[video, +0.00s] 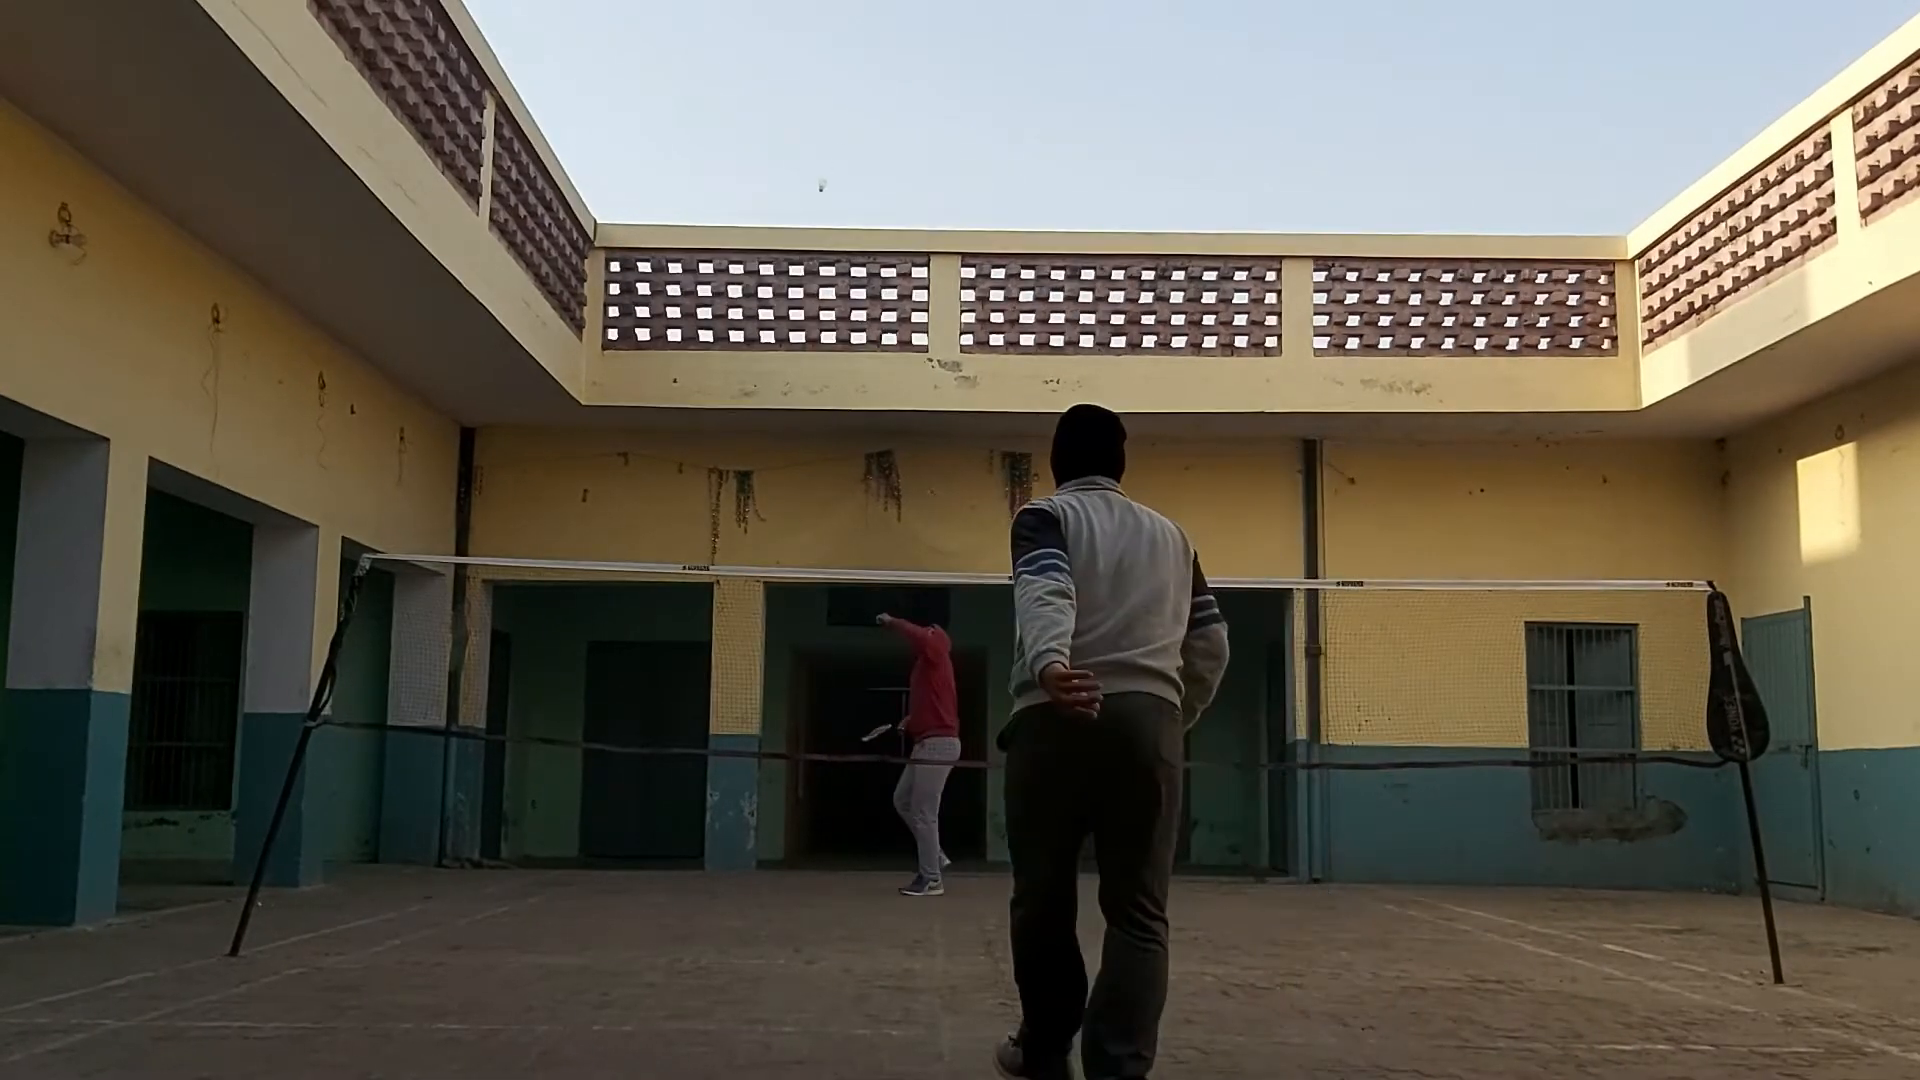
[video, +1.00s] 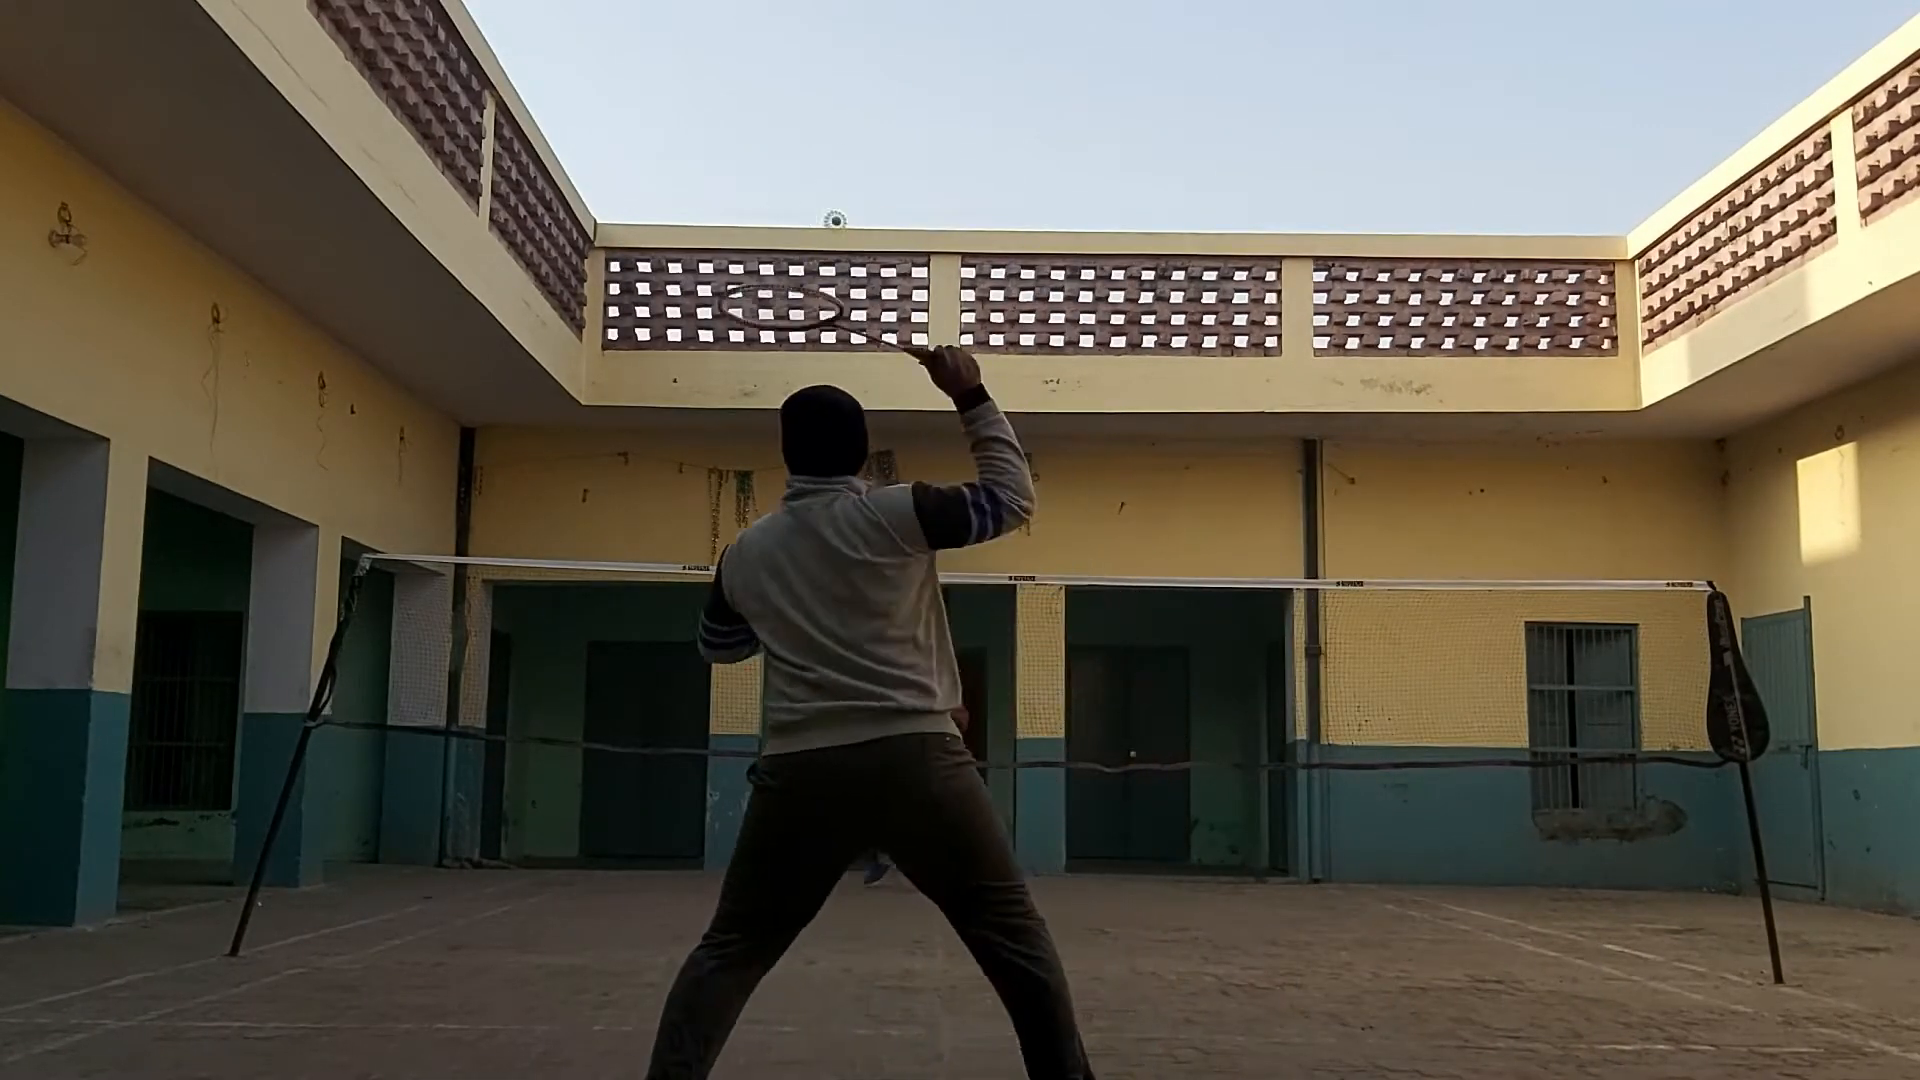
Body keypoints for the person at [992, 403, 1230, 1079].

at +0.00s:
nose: (1057, 474)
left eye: (1055, 463)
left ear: (1057, 466)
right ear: (1122, 466)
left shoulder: (1045, 516)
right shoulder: (1171, 535)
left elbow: (1046, 590)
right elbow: (1210, 646)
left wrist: (1048, 661)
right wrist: (1173, 716)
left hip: (1052, 723)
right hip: (1148, 726)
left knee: (1042, 897)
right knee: (1140, 908)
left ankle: (1047, 1049)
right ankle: (1122, 1064)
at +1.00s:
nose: (860, 451)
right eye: (858, 440)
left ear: (786, 459)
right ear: (861, 452)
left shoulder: (746, 554)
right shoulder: (901, 511)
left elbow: (722, 643)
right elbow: (1009, 498)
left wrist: (786, 591)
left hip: (800, 773)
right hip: (920, 759)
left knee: (732, 950)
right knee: (1009, 929)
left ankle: (671, 1074)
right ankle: (1067, 1070)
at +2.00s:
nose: (913, 456)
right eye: (910, 448)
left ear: (835, 451)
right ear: (906, 454)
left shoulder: (779, 538)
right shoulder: (943, 533)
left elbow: (747, 614)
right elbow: (994, 607)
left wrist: (823, 594)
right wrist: (1047, 529)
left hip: (819, 762)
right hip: (927, 757)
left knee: (768, 906)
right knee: (998, 917)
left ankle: (693, 1060)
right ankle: (1044, 1072)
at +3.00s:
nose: (1029, 492)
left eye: (1028, 479)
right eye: (1028, 479)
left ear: (959, 471)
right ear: (1016, 477)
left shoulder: (906, 541)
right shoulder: (994, 537)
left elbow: (869, 651)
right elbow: (1020, 653)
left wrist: (975, 677)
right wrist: (1112, 650)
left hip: (881, 761)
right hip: (966, 763)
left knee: (946, 913)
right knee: (1087, 925)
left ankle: (875, 1073)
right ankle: (1080, 1074)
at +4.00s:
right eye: (909, 341)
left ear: (833, 359)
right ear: (916, 354)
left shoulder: (778, 452)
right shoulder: (967, 431)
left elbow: (688, 586)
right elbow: (1015, 554)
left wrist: (712, 642)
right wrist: (1041, 687)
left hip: (819, 694)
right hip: (945, 692)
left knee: (858, 921)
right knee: (950, 908)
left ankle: (872, 1072)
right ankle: (918, 1067)